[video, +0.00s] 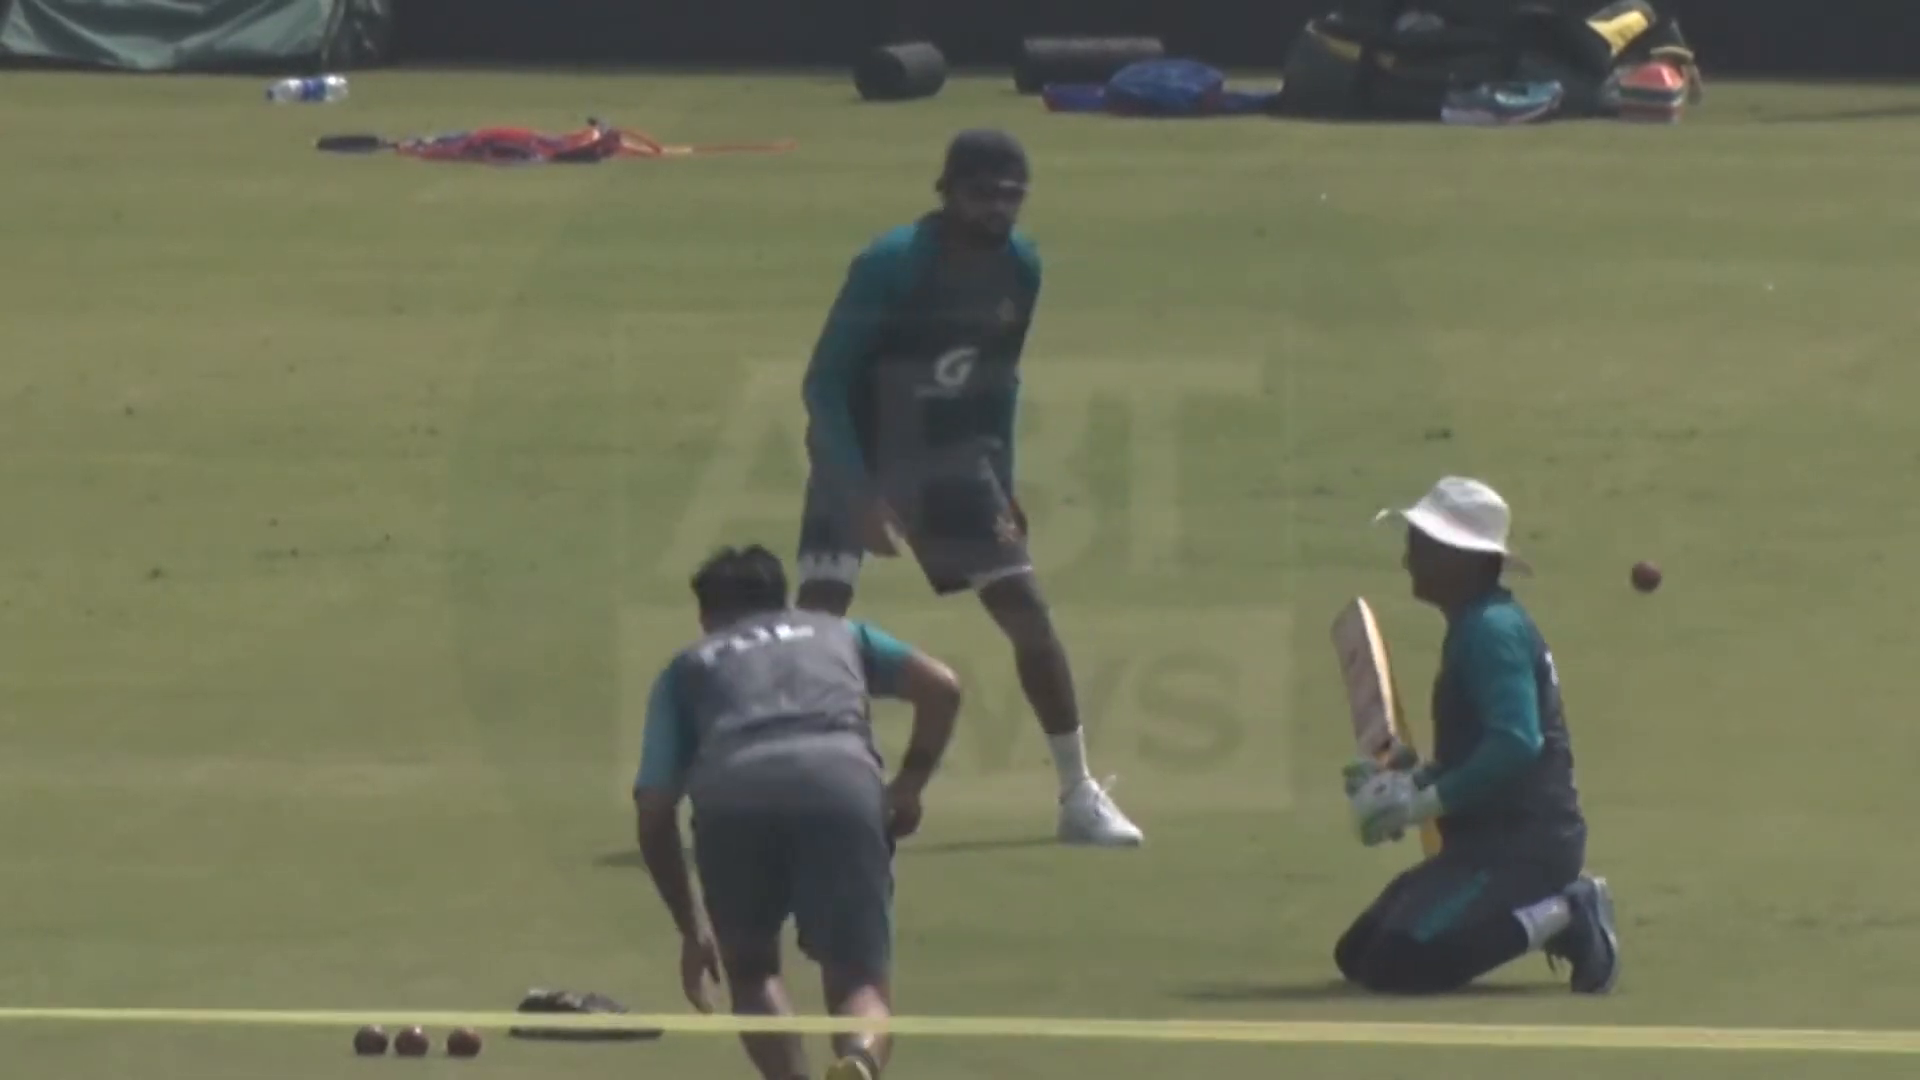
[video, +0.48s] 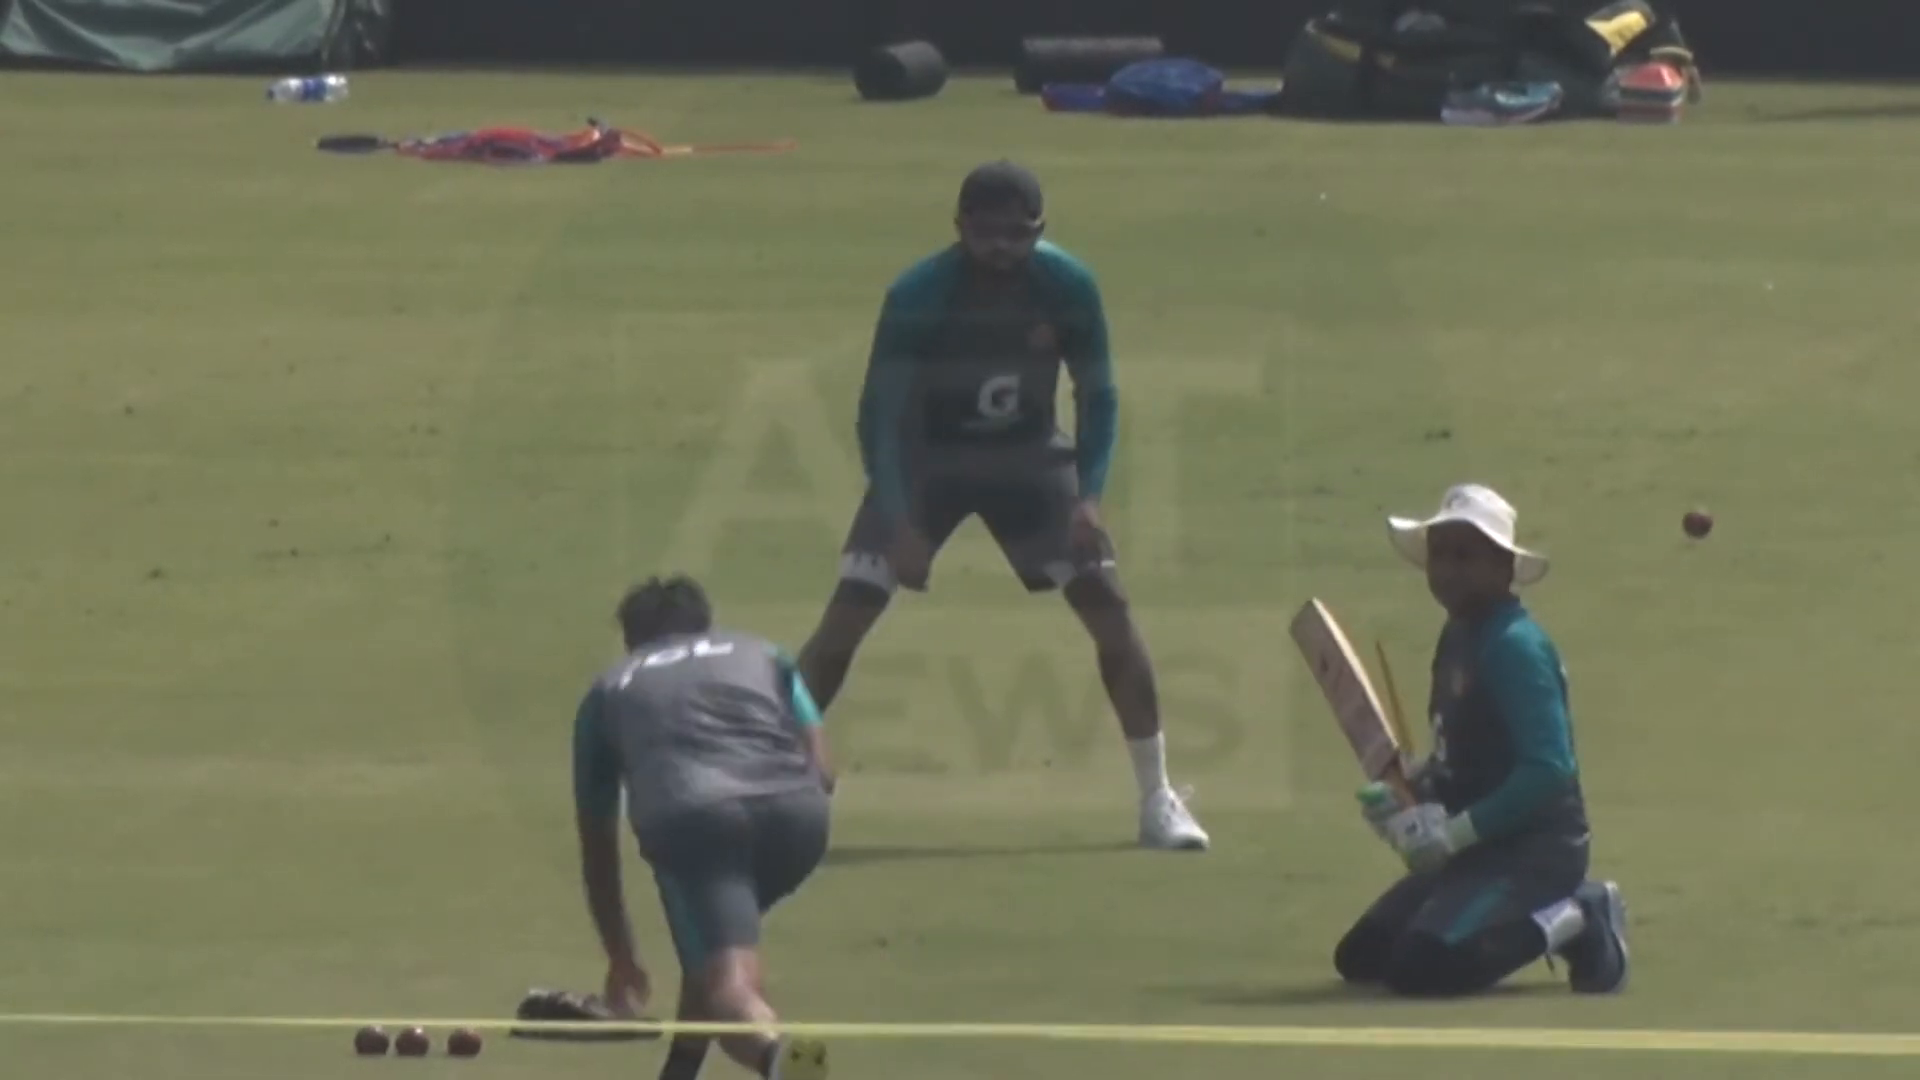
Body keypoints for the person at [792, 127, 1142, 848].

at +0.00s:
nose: (1000, 209)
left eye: (1012, 195)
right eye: (985, 194)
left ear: (1024, 199)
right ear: (949, 191)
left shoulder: (1019, 269)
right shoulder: (888, 264)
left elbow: (1001, 388)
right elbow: (823, 382)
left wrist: (1004, 490)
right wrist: (854, 491)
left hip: (958, 460)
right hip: (860, 457)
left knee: (1026, 612)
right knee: (822, 613)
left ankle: (1079, 792)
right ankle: (788, 792)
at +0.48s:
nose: (1001, 249)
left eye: (1015, 235)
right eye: (986, 234)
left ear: (1037, 230)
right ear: (960, 228)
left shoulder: (1067, 288)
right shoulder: (916, 297)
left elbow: (1097, 395)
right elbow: (879, 417)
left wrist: (1089, 495)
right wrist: (899, 521)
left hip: (1029, 463)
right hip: (925, 465)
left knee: (1110, 613)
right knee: (844, 625)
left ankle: (1158, 798)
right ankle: (763, 770)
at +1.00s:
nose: (987, 156)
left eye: (1000, 142)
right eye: (972, 141)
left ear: (1020, 140)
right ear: (943, 136)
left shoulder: (1043, 219)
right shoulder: (899, 223)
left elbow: (1109, 322)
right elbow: (852, 338)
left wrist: (1098, 240)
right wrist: (901, 352)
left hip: (1012, 451)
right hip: (911, 452)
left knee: (1088, 615)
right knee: (841, 618)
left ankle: (1155, 798)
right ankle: (766, 791)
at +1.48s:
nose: (974, 136)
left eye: (989, 123)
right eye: (959, 119)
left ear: (1009, 130)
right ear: (932, 123)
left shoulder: (1030, 204)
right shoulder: (891, 217)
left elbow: (1112, 212)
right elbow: (850, 330)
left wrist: (1035, 126)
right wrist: (875, 372)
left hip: (1016, 440)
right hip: (918, 443)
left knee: (1078, 621)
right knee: (849, 619)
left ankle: (1155, 799)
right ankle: (775, 787)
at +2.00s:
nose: (991, 138)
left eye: (1004, 126)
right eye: (976, 121)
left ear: (1020, 134)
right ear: (942, 122)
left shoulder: (1033, 203)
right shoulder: (898, 217)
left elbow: (1111, 196)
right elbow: (852, 334)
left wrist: (1047, 105)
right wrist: (875, 377)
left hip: (1023, 443)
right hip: (924, 443)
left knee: (1081, 624)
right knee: (851, 620)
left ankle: (1155, 798)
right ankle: (771, 775)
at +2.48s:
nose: (980, 141)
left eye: (994, 128)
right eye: (965, 127)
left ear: (1015, 131)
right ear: (936, 128)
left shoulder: (1046, 215)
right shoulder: (896, 221)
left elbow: (1086, 319)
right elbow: (852, 340)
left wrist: (1085, 402)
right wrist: (886, 416)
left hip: (1023, 441)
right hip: (924, 446)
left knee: (1080, 620)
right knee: (855, 611)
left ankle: (1155, 798)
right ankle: (804, 788)